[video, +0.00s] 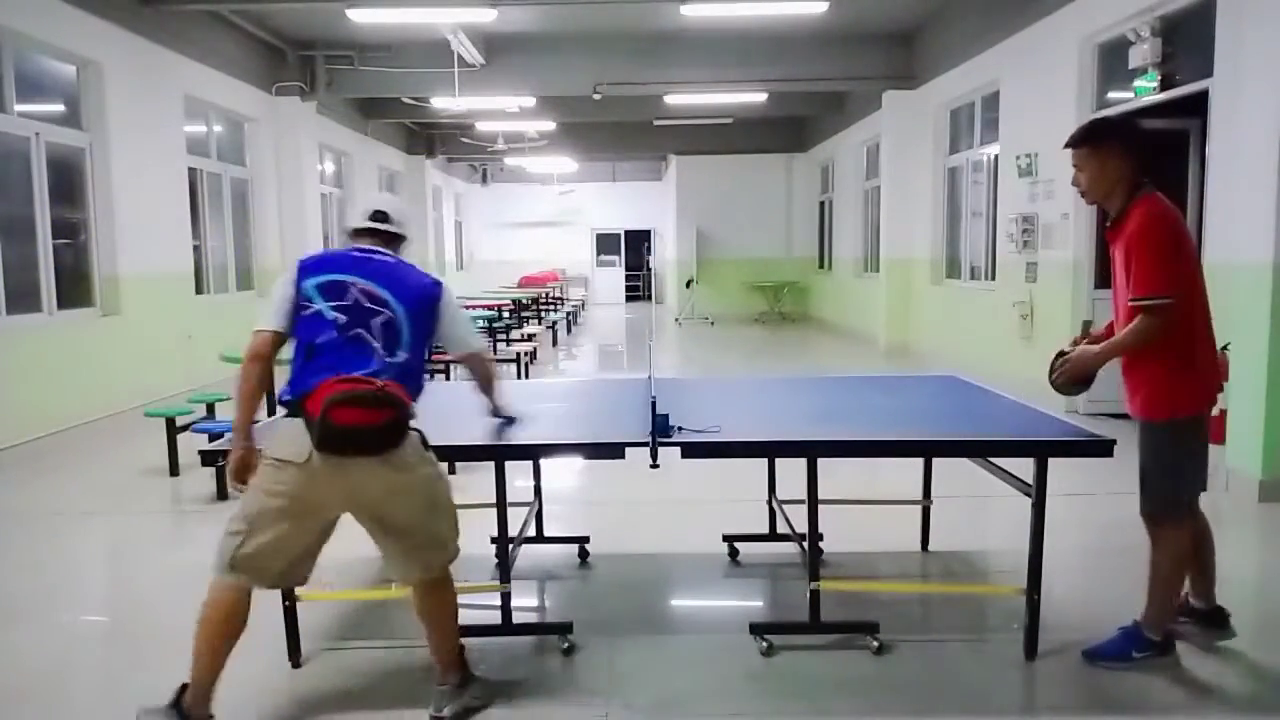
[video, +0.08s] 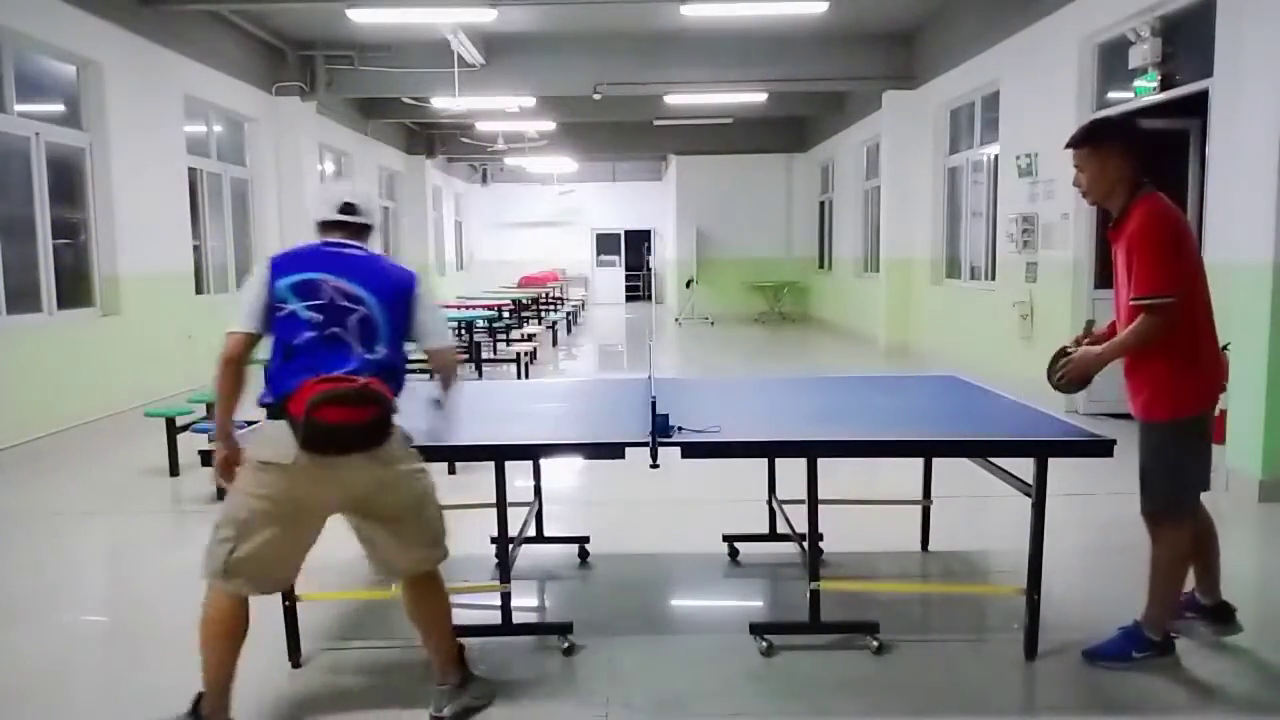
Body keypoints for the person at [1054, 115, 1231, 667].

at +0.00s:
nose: (1075, 181)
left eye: (1082, 167)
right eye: (1074, 169)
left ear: (1116, 163)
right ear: (1110, 168)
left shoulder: (1150, 222)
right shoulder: (1132, 222)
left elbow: (1158, 317)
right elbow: (1141, 308)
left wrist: (1098, 355)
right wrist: (1102, 336)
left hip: (1174, 393)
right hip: (1163, 390)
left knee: (1165, 511)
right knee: (1181, 504)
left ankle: (1155, 630)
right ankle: (1202, 605)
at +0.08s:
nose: (1076, 180)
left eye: (1083, 167)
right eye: (1075, 169)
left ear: (1117, 164)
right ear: (1111, 169)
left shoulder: (1150, 220)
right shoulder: (1131, 222)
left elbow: (1160, 314)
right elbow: (1142, 306)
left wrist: (1102, 354)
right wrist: (1105, 334)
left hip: (1176, 390)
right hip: (1167, 386)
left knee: (1166, 510)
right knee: (1183, 501)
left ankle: (1155, 630)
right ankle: (1208, 600)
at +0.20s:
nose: (1082, 181)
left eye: (1088, 167)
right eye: (1080, 169)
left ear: (1122, 163)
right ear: (1118, 168)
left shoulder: (1155, 220)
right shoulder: (1137, 221)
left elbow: (1165, 314)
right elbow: (1147, 304)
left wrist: (1108, 357)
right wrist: (1107, 332)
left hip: (1180, 394)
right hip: (1173, 392)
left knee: (1168, 511)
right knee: (1189, 497)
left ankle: (1154, 630)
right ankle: (1222, 593)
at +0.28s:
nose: (1087, 179)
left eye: (1093, 166)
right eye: (1085, 168)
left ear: (1128, 162)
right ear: (1124, 168)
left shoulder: (1159, 220)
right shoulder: (1144, 220)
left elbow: (1167, 313)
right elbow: (1151, 304)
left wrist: (1110, 357)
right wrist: (1112, 331)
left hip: (1180, 396)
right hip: (1182, 392)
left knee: (1168, 511)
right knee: (1196, 496)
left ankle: (1154, 631)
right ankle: (1229, 592)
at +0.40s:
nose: (1097, 177)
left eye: (1104, 164)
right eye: (1096, 166)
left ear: (1137, 163)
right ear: (1135, 167)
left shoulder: (1167, 222)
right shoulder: (1157, 220)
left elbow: (1169, 312)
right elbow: (1159, 304)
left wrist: (1110, 355)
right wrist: (1119, 331)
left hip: (1185, 395)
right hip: (1194, 391)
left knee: (1170, 511)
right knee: (1204, 496)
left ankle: (1154, 631)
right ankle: (1245, 590)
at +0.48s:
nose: (1104, 178)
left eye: (1110, 165)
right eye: (1103, 167)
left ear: (1142, 161)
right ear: (1143, 165)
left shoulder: (1174, 222)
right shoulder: (1165, 220)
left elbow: (1173, 312)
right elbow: (1167, 303)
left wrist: (1114, 351)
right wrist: (1128, 327)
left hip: (1189, 396)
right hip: (1197, 392)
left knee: (1172, 511)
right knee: (1209, 496)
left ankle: (1153, 631)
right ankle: (1252, 589)